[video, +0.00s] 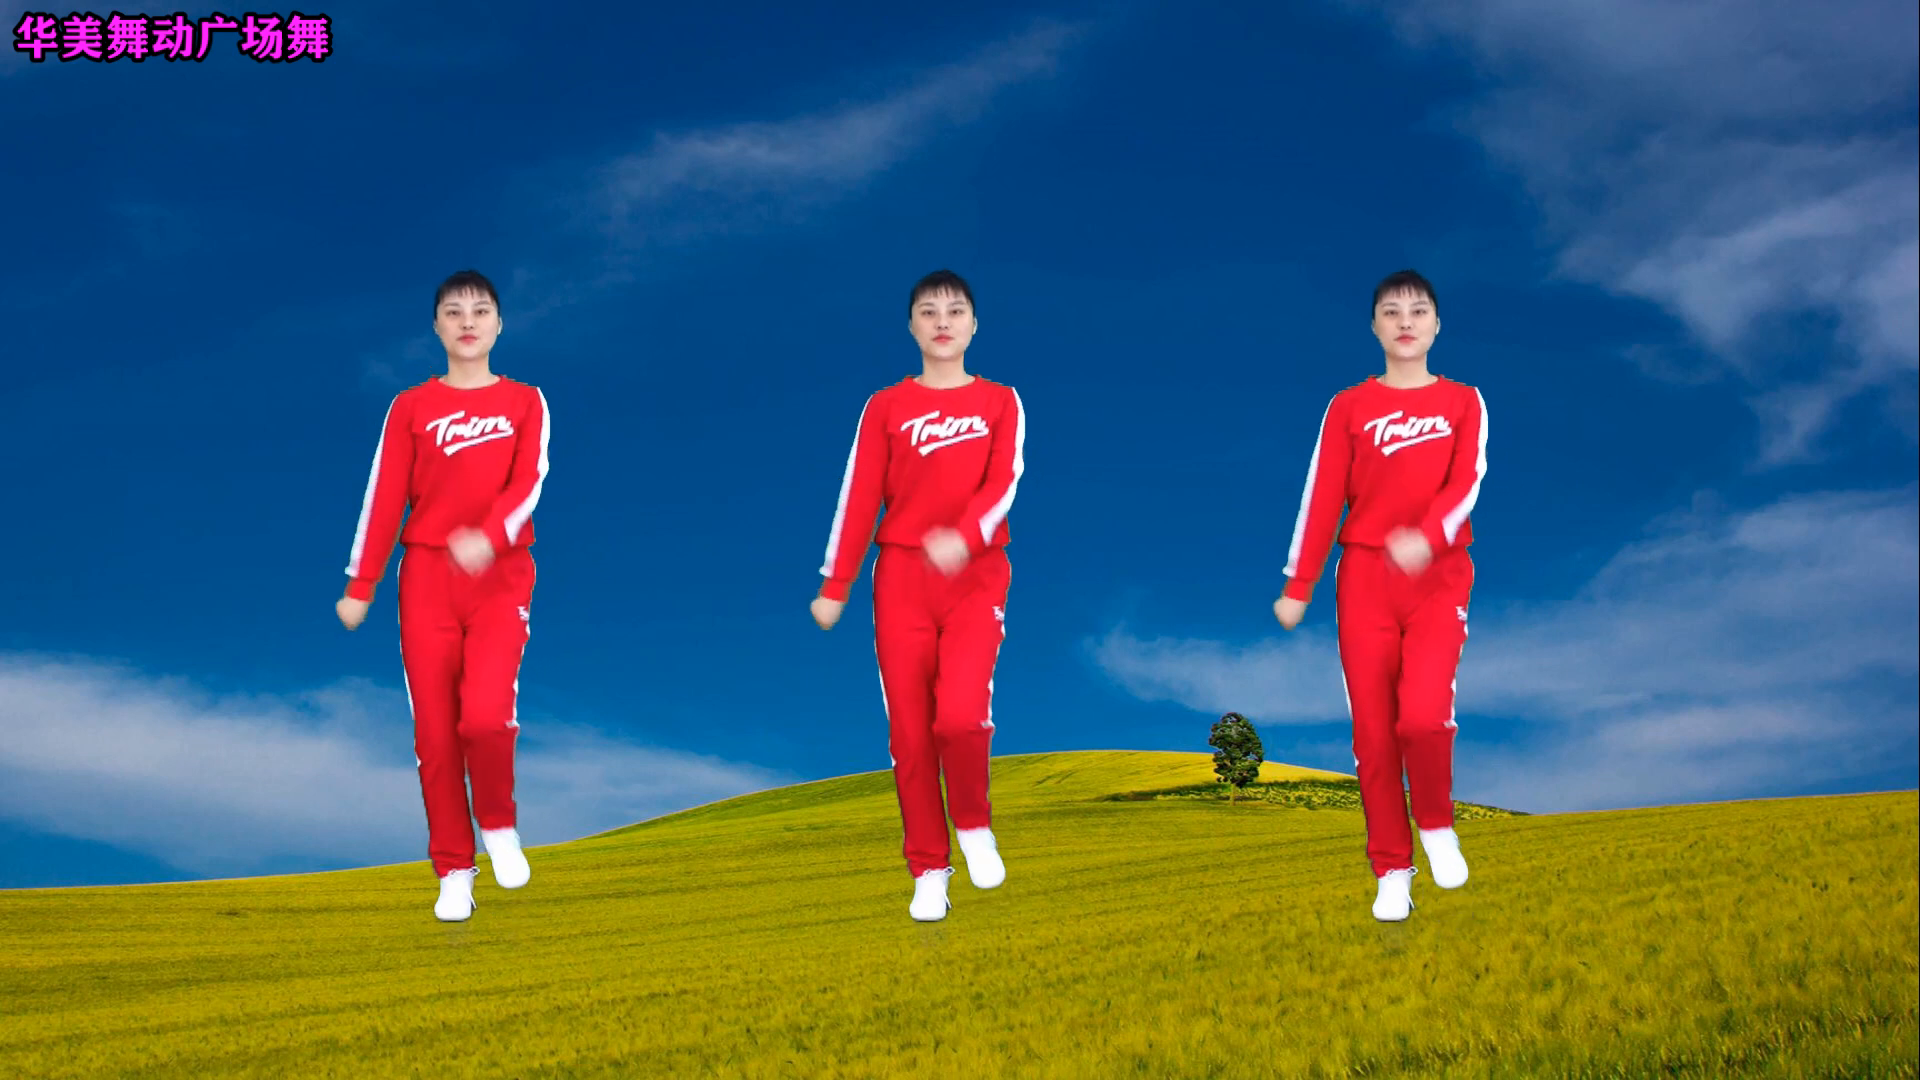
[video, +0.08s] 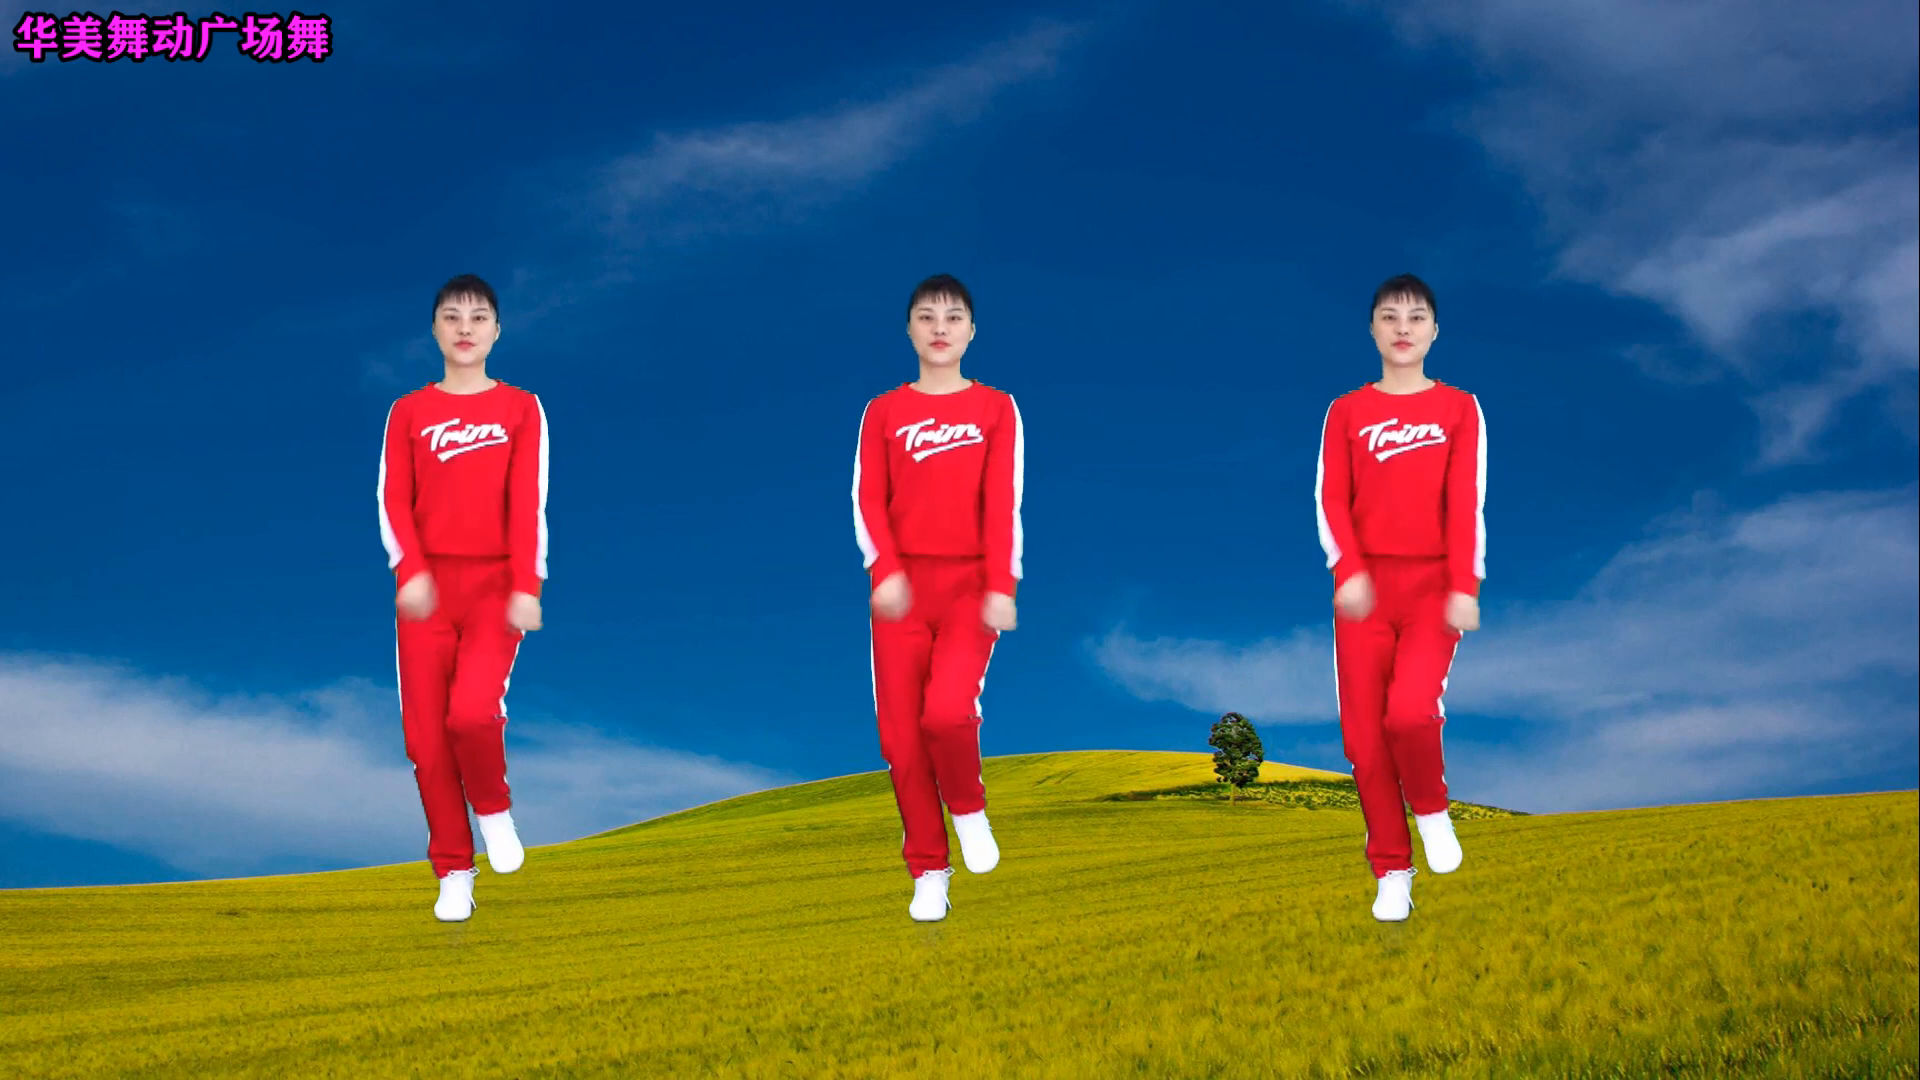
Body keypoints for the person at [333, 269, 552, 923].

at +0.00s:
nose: (467, 323)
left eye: (479, 313)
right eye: (455, 313)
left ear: (497, 323)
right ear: (438, 325)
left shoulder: (526, 402)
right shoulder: (410, 408)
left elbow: (529, 485)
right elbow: (384, 500)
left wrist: (490, 534)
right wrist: (361, 585)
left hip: (501, 581)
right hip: (426, 581)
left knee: (484, 721)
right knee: (434, 731)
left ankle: (498, 824)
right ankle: (453, 866)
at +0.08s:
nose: (465, 328)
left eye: (478, 318)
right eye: (453, 318)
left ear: (495, 330)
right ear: (436, 329)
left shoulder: (523, 407)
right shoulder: (408, 411)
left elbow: (531, 501)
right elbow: (392, 498)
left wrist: (527, 585)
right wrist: (410, 570)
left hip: (497, 583)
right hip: (426, 584)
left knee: (471, 716)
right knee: (424, 735)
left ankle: (492, 810)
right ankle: (452, 867)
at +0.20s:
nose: (464, 310)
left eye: (477, 300)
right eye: (452, 300)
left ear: (494, 312)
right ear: (434, 312)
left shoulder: (522, 390)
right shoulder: (404, 393)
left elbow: (561, 478)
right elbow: (367, 472)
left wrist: (580, 566)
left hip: (499, 566)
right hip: (424, 568)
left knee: (473, 710)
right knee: (430, 723)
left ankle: (489, 819)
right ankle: (454, 863)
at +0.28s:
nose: (465, 302)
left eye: (477, 293)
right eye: (453, 292)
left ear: (495, 306)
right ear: (436, 304)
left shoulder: (523, 380)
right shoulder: (405, 383)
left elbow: (574, 458)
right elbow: (357, 464)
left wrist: (603, 540)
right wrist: (415, 428)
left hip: (501, 557)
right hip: (425, 558)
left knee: (483, 712)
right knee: (435, 720)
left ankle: (491, 846)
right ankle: (452, 862)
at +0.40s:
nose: (466, 312)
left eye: (479, 303)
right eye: (455, 302)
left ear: (497, 314)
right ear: (437, 314)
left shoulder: (526, 388)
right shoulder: (409, 393)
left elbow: (590, 449)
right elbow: (359, 479)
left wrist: (632, 525)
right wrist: (405, 425)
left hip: (506, 569)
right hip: (429, 570)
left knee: (497, 733)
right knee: (439, 732)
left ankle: (495, 870)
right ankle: (452, 869)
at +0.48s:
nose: (469, 313)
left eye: (482, 303)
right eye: (457, 303)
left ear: (499, 316)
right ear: (439, 314)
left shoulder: (529, 389)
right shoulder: (410, 396)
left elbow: (596, 447)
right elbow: (371, 483)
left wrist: (644, 521)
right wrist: (420, 440)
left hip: (509, 569)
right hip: (432, 570)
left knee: (499, 733)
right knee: (441, 731)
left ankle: (494, 871)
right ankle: (453, 869)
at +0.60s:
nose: (470, 313)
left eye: (483, 302)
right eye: (457, 302)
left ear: (501, 313)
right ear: (440, 314)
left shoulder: (529, 385)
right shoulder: (413, 391)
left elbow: (590, 460)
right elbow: (393, 473)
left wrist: (641, 536)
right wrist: (436, 498)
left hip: (515, 569)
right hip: (439, 571)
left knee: (505, 725)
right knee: (448, 726)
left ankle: (496, 867)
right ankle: (455, 862)